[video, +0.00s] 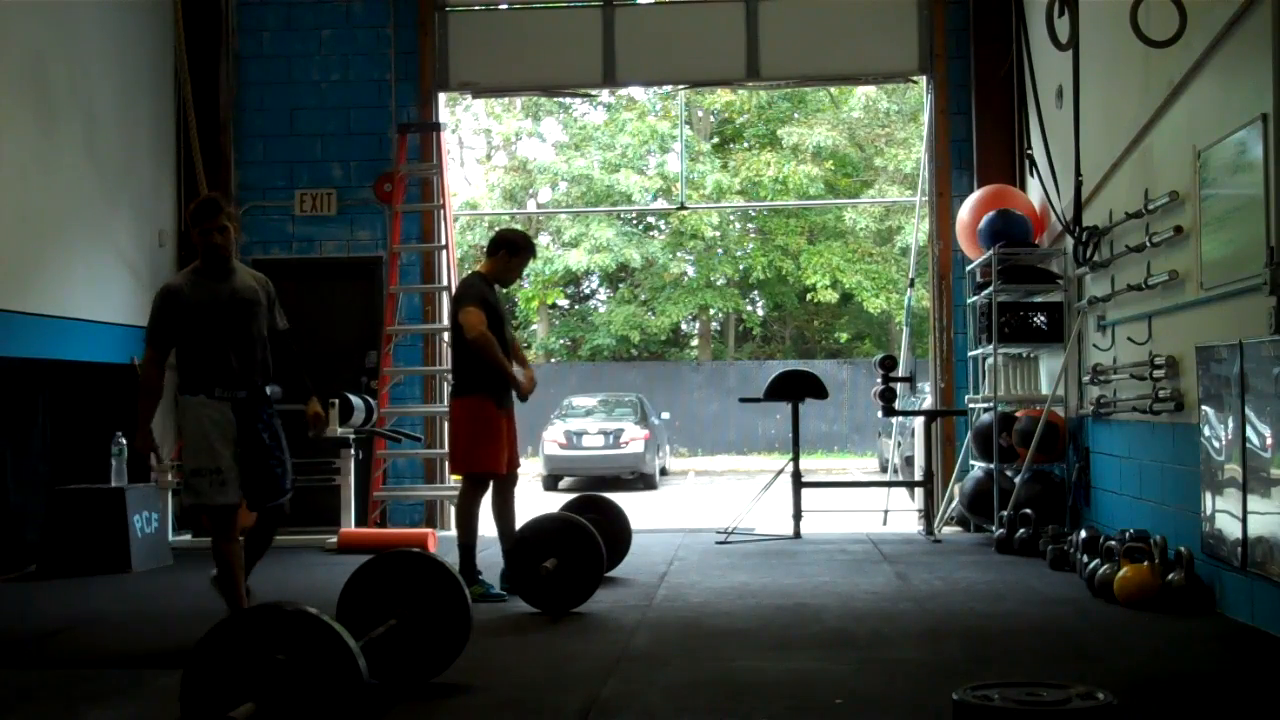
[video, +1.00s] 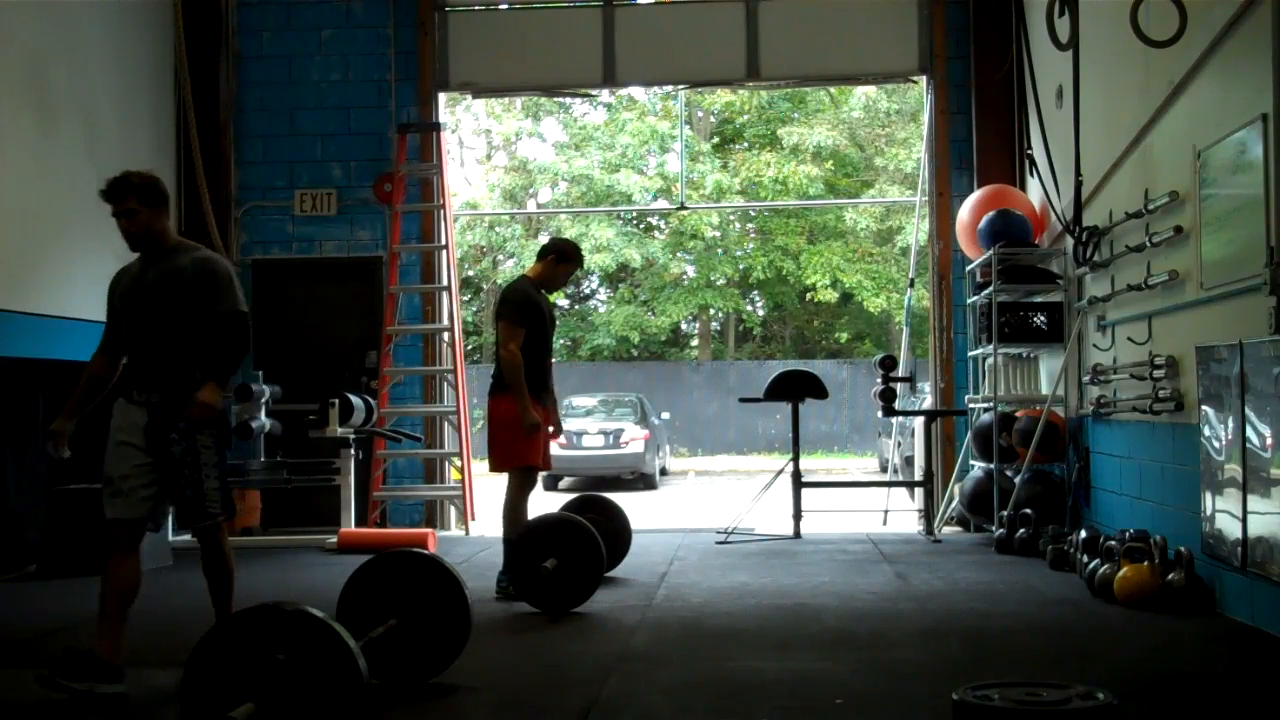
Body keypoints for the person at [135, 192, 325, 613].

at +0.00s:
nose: (219, 239)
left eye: (224, 230)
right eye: (209, 232)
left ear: (236, 232)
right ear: (194, 237)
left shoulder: (259, 285)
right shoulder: (176, 293)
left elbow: (284, 347)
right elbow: (154, 365)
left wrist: (310, 398)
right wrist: (142, 428)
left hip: (256, 410)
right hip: (204, 413)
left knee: (273, 503)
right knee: (225, 516)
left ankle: (232, 575)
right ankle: (239, 608)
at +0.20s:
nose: (214, 230)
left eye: (221, 222)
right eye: (205, 223)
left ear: (236, 227)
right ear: (192, 230)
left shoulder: (261, 280)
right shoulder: (175, 288)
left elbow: (288, 345)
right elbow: (158, 361)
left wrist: (314, 400)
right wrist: (169, 418)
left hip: (257, 411)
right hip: (203, 417)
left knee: (276, 508)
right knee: (222, 520)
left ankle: (282, 601)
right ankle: (238, 608)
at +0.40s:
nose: (211, 227)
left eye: (219, 219)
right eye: (202, 220)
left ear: (234, 225)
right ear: (189, 229)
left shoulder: (261, 281)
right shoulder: (170, 286)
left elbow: (292, 347)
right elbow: (151, 355)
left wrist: (321, 400)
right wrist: (164, 403)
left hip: (249, 415)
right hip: (196, 418)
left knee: (243, 519)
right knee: (217, 523)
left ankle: (244, 614)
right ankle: (242, 613)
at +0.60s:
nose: (190, 225)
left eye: (199, 215)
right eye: (183, 217)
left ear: (223, 215)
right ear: (177, 221)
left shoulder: (260, 278)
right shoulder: (163, 278)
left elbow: (293, 348)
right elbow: (137, 350)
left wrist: (320, 407)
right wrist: (118, 411)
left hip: (241, 415)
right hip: (180, 416)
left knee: (236, 527)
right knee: (181, 530)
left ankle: (230, 622)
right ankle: (225, 602)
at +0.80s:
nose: (163, 222)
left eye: (171, 212)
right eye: (156, 214)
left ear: (198, 208)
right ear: (152, 218)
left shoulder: (245, 269)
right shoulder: (151, 277)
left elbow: (275, 341)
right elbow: (123, 349)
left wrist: (279, 397)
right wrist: (82, 408)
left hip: (226, 414)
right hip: (163, 413)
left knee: (225, 529)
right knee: (134, 516)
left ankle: (228, 630)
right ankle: (166, 624)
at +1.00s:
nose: (122, 226)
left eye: (129, 215)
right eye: (118, 217)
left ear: (157, 211)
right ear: (121, 220)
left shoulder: (210, 270)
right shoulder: (125, 281)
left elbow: (237, 337)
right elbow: (108, 355)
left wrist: (215, 385)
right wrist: (71, 415)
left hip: (194, 418)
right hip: (135, 419)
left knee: (210, 533)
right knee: (122, 535)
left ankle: (225, 637)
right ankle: (108, 655)